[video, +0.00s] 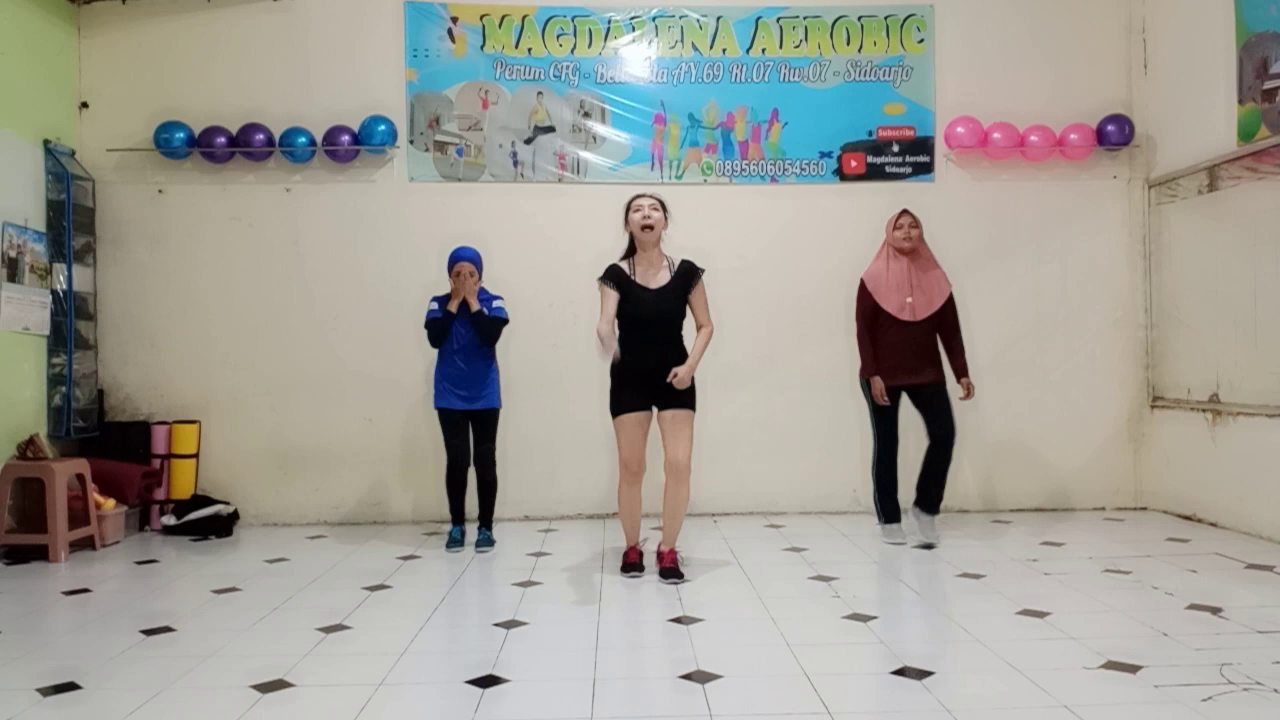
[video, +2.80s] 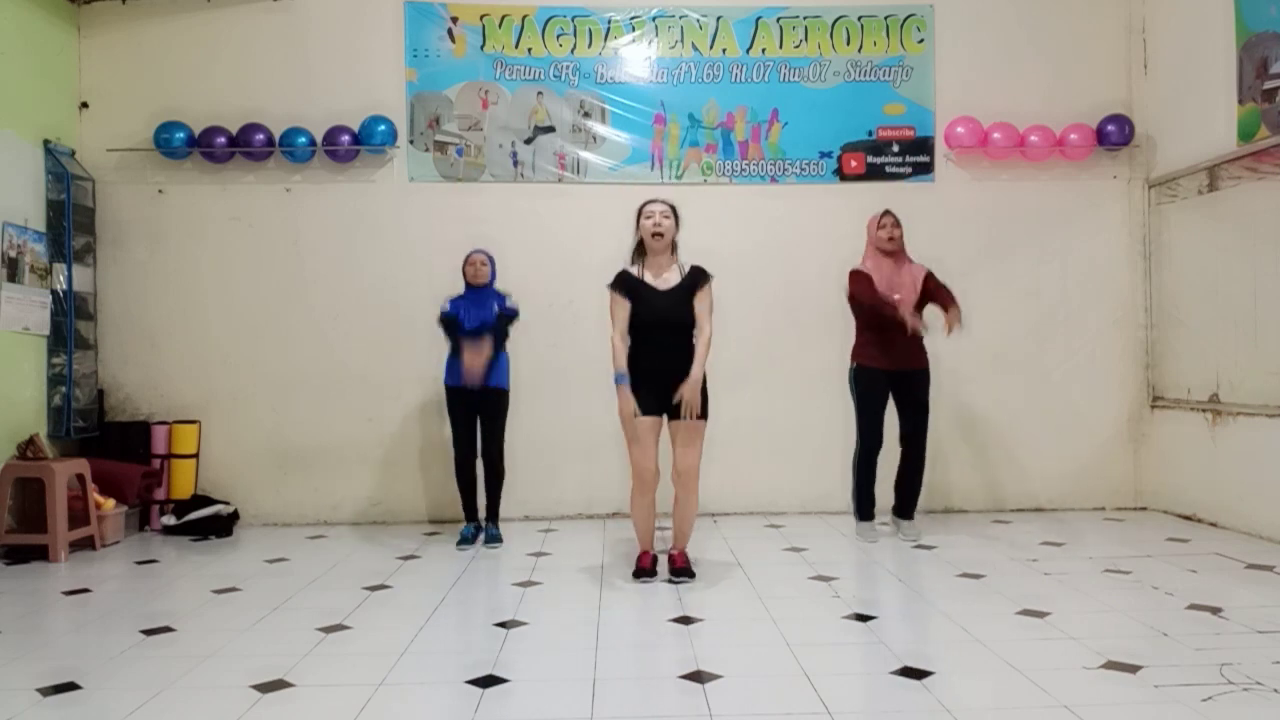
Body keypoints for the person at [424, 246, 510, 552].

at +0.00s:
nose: (464, 278)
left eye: (470, 274)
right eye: (458, 274)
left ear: (479, 276)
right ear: (450, 277)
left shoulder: (492, 302)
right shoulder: (439, 303)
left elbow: (490, 337)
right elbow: (436, 339)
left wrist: (472, 300)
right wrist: (455, 299)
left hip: (485, 394)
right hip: (450, 395)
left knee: (484, 461)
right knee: (457, 460)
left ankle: (485, 527)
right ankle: (457, 526)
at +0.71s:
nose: (468, 268)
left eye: (474, 264)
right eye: (462, 263)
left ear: (482, 271)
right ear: (453, 271)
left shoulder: (496, 305)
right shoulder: (448, 301)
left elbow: (507, 351)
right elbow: (430, 314)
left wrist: (476, 330)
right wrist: (445, 284)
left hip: (488, 394)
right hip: (454, 393)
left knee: (485, 460)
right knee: (458, 459)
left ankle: (484, 524)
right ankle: (461, 524)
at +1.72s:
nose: (472, 274)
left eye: (478, 270)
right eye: (466, 269)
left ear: (488, 276)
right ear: (459, 275)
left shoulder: (498, 302)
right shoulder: (452, 302)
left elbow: (498, 300)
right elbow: (438, 298)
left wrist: (472, 282)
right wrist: (447, 287)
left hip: (488, 392)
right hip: (455, 391)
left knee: (482, 458)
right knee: (457, 461)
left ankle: (485, 525)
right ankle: (460, 526)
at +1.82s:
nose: (467, 275)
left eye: (472, 270)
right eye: (463, 271)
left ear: (482, 275)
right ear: (459, 276)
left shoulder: (496, 302)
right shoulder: (453, 303)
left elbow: (501, 295)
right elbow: (441, 290)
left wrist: (484, 271)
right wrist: (441, 273)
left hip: (490, 392)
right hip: (456, 391)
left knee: (486, 459)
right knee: (456, 460)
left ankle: (485, 524)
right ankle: (459, 524)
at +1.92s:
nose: (469, 268)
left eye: (475, 265)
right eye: (465, 264)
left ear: (486, 271)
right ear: (458, 270)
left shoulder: (497, 295)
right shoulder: (451, 297)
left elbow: (494, 253)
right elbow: (439, 256)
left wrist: (471, 211)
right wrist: (450, 215)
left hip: (493, 387)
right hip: (459, 387)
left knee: (488, 455)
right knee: (457, 451)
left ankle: (486, 522)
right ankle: (458, 504)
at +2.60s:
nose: (473, 249)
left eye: (479, 245)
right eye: (468, 246)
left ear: (489, 252)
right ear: (461, 252)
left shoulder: (499, 278)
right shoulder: (453, 279)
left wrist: (478, 203)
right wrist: (460, 207)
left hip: (493, 366)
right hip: (459, 367)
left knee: (490, 439)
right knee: (463, 439)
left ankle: (491, 511)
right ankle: (464, 511)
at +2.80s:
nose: (477, 268)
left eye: (483, 264)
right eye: (472, 264)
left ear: (492, 271)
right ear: (464, 272)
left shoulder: (503, 301)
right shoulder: (453, 304)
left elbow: (500, 334)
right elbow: (452, 332)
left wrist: (483, 362)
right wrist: (466, 356)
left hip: (494, 385)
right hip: (459, 385)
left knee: (492, 453)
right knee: (464, 453)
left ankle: (492, 522)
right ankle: (471, 522)